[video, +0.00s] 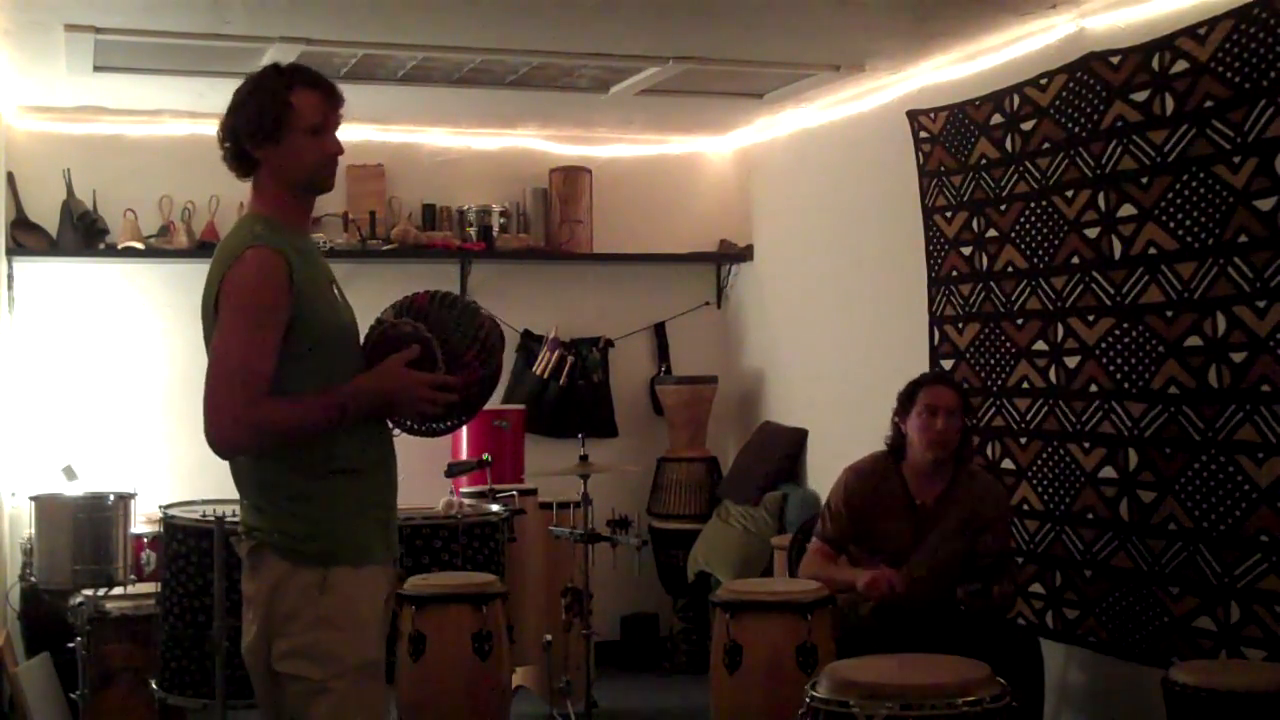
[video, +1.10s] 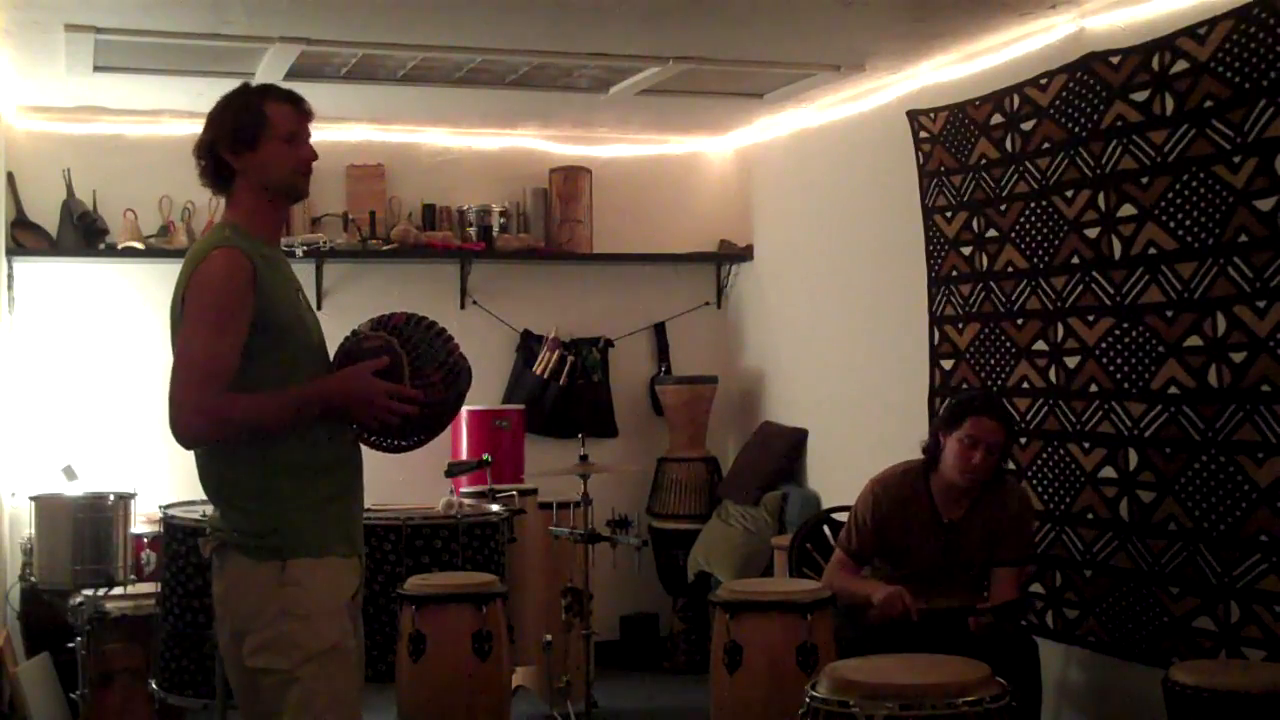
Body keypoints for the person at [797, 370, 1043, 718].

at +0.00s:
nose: (941, 425)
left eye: (952, 415)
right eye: (930, 413)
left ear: (962, 426)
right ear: (903, 421)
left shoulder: (985, 492)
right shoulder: (861, 481)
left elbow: (1002, 583)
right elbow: (811, 566)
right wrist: (858, 577)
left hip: (953, 622)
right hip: (873, 622)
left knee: (1019, 646)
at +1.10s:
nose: (978, 459)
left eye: (991, 451)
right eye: (969, 443)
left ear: (1001, 457)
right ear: (942, 436)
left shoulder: (1009, 503)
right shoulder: (888, 491)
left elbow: (1006, 593)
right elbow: (834, 575)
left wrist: (991, 615)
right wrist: (876, 590)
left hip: (967, 626)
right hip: (894, 621)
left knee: (1019, 650)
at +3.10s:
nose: (960, 448)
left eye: (977, 442)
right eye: (955, 434)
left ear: (997, 456)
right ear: (940, 435)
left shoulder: (1008, 505)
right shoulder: (887, 488)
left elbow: (1005, 593)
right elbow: (835, 575)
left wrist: (987, 612)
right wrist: (876, 586)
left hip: (961, 621)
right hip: (888, 616)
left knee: (1016, 649)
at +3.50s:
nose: (979, 452)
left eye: (997, 445)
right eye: (974, 436)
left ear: (1016, 459)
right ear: (957, 436)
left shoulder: (1028, 509)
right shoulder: (907, 483)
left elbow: (1018, 602)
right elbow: (814, 531)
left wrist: (981, 626)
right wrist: (875, 570)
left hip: (969, 618)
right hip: (896, 607)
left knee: (1019, 649)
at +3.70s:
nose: (968, 413)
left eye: (985, 405)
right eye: (961, 399)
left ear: (1004, 423)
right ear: (944, 407)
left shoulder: (1018, 496)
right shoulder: (894, 460)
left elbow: (1024, 596)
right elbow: (801, 510)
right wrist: (858, 542)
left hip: (961, 619)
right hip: (879, 609)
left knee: (1018, 670)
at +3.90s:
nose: (934, 395)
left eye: (948, 386)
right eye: (924, 386)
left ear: (973, 408)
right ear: (909, 402)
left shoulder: (997, 488)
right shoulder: (869, 464)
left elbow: (1022, 582)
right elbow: (776, 507)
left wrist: (980, 585)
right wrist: (838, 551)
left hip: (955, 621)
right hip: (874, 616)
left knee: (1005, 677)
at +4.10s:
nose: (896, 373)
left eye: (909, 368)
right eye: (884, 369)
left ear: (929, 392)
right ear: (868, 398)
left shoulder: (968, 465)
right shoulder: (837, 462)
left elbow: (1005, 543)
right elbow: (762, 521)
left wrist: (965, 567)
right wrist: (832, 536)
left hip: (944, 615)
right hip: (863, 616)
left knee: (995, 671)